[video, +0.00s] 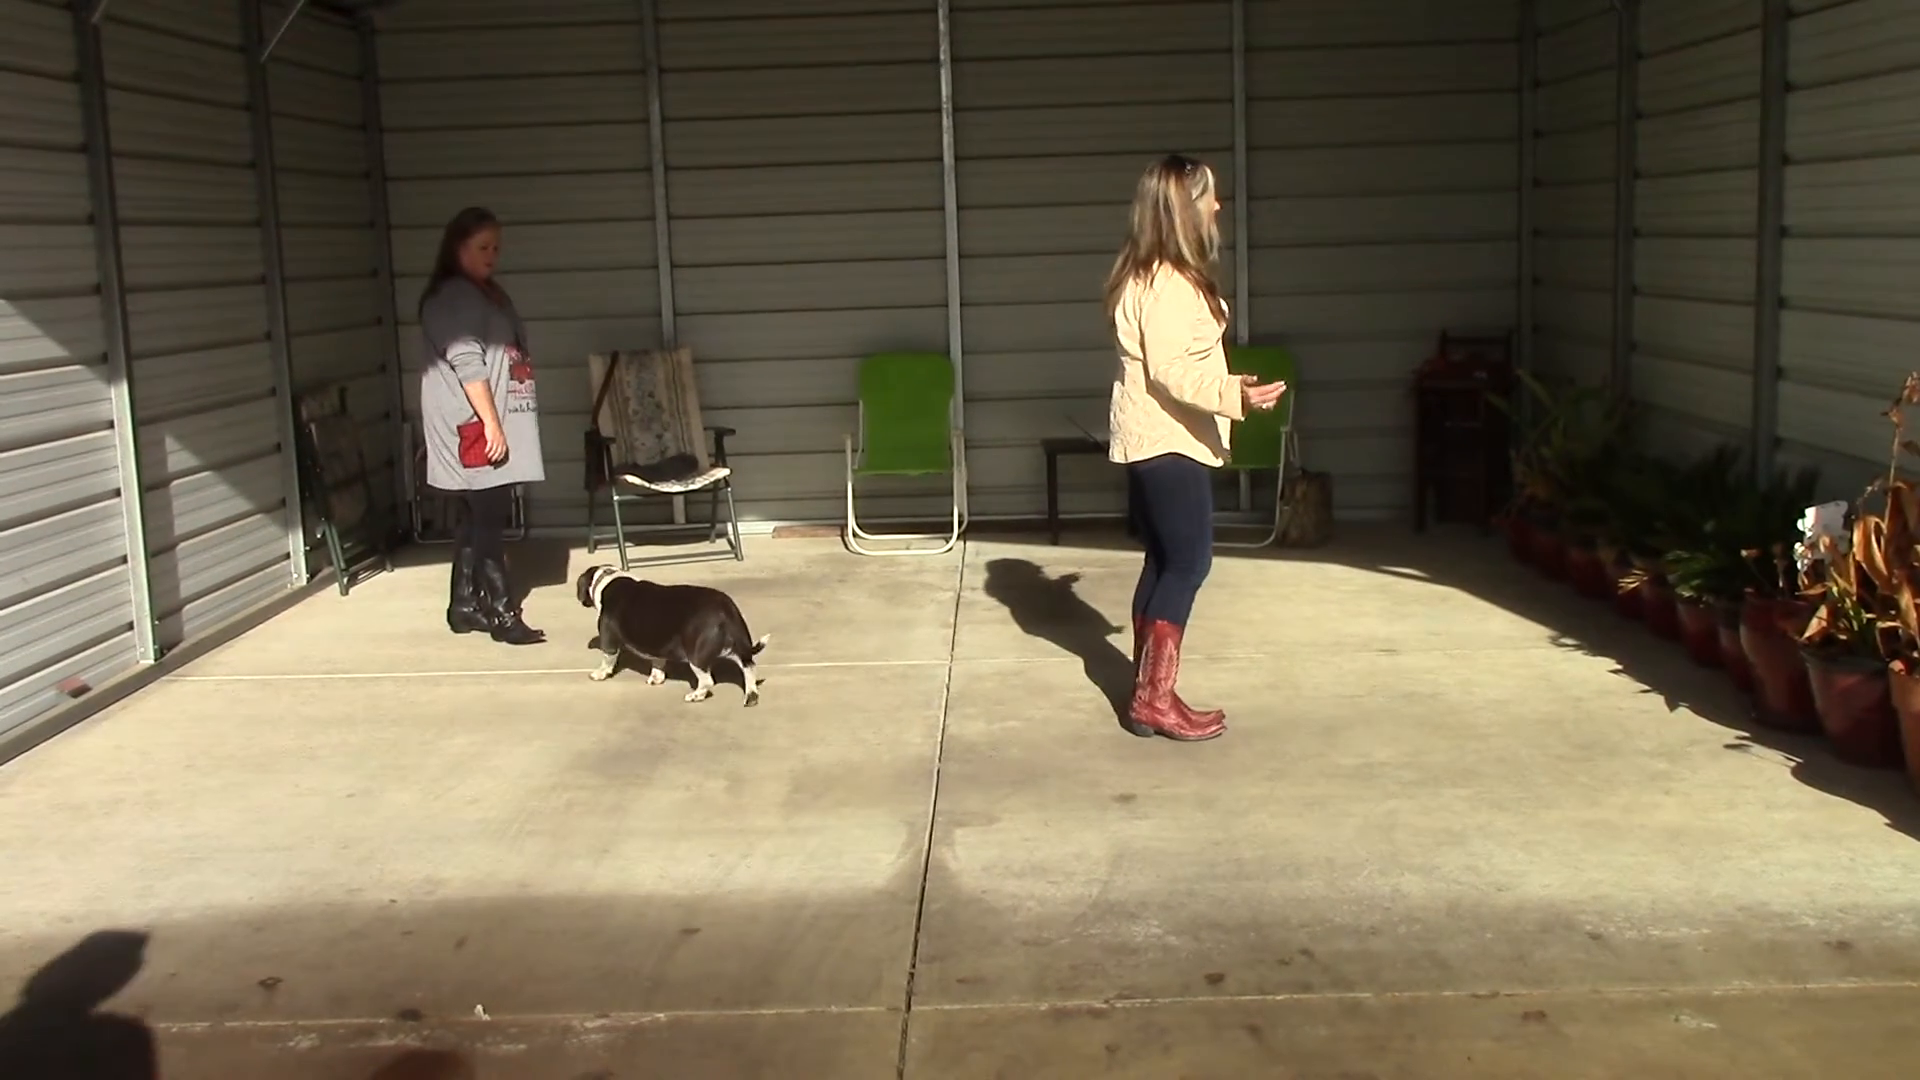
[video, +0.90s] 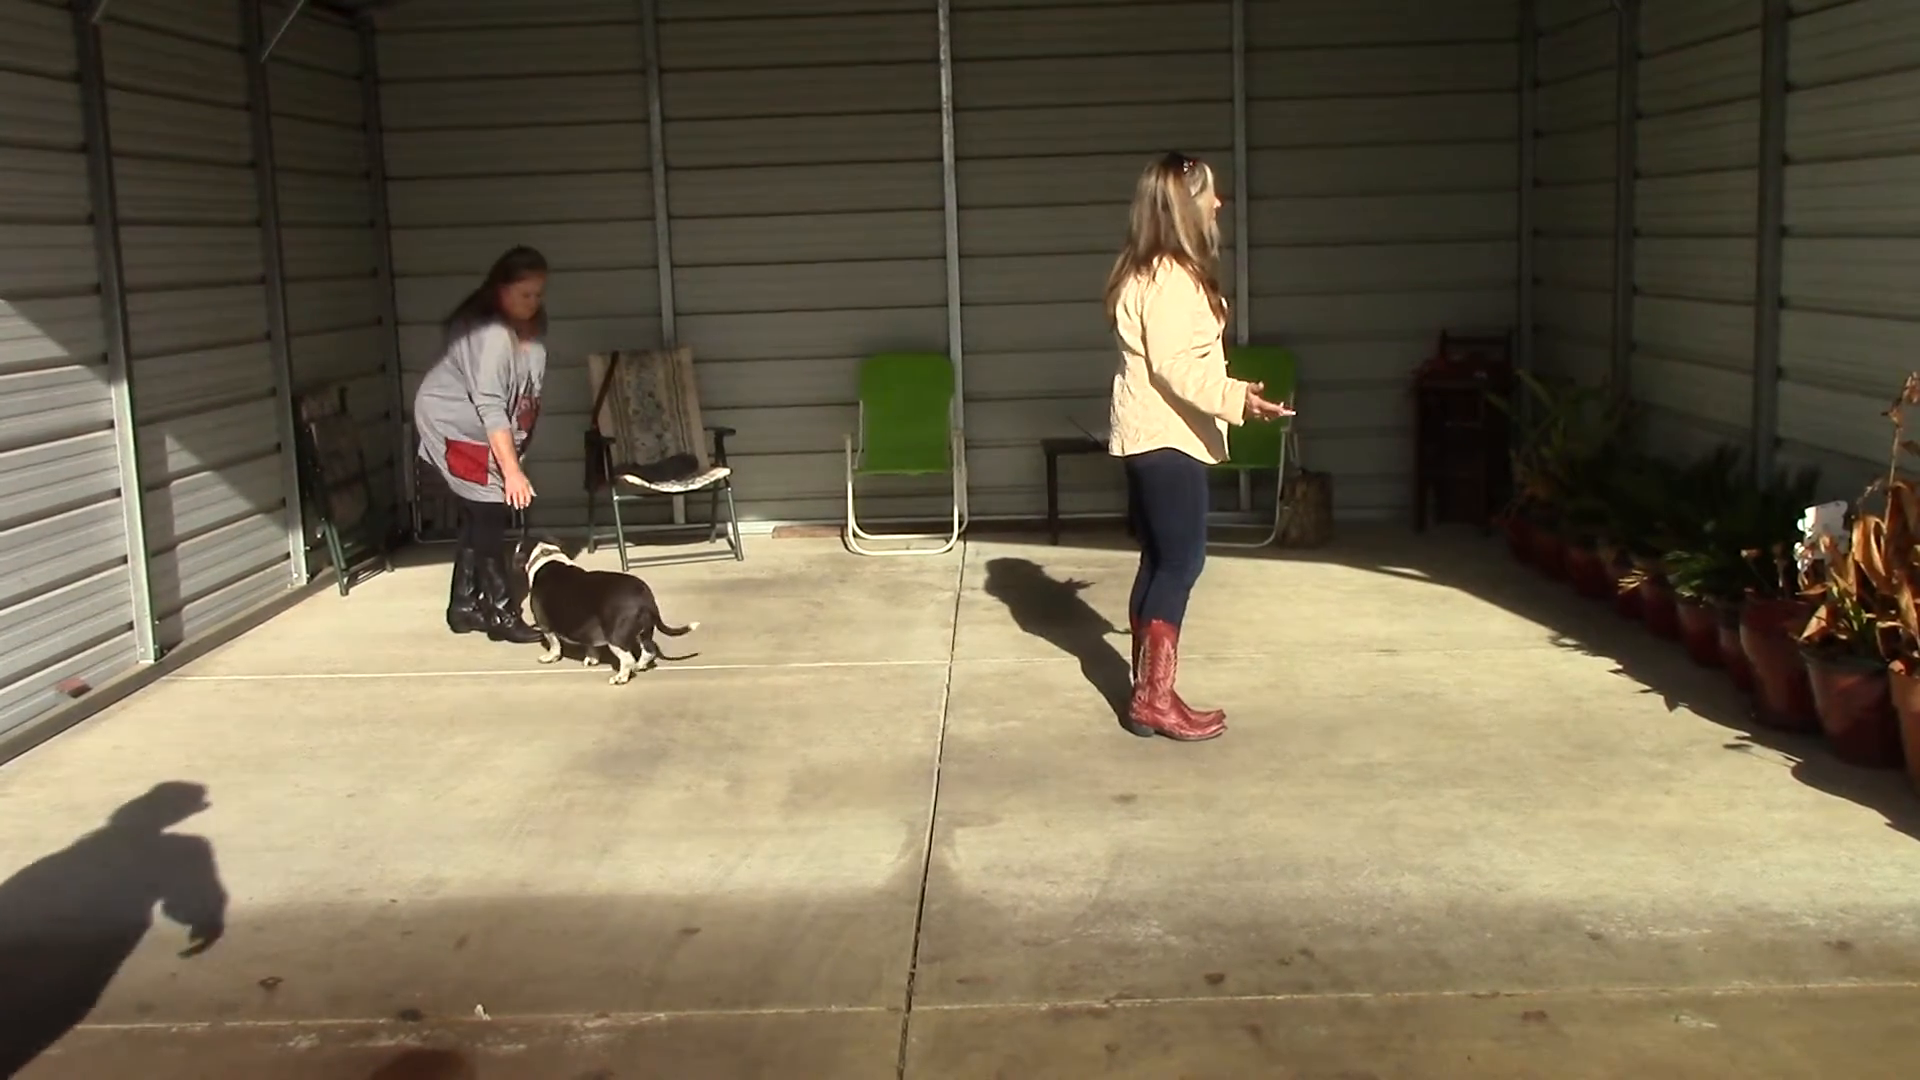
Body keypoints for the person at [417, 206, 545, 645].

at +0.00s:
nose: (492, 255)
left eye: (495, 247)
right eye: (483, 247)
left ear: (496, 249)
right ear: (458, 249)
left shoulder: (487, 294)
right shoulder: (451, 298)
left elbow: (495, 360)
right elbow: (467, 366)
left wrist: (508, 421)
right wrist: (491, 423)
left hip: (485, 420)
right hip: (469, 423)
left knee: (478, 510)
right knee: (490, 510)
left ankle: (464, 602)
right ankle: (500, 611)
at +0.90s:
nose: (534, 303)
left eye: (539, 295)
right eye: (526, 294)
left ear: (543, 293)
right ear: (501, 292)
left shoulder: (528, 330)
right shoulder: (489, 333)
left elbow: (524, 398)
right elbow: (490, 407)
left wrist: (512, 452)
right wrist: (512, 470)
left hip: (479, 422)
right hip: (447, 421)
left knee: (480, 509)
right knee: (490, 509)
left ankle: (464, 603)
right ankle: (499, 610)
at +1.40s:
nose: (564, 357)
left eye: (571, 350)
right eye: (558, 348)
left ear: (578, 344)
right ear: (538, 336)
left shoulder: (532, 362)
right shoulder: (520, 375)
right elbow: (511, 449)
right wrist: (529, 516)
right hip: (444, 420)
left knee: (483, 505)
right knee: (494, 508)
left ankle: (465, 605)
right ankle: (502, 611)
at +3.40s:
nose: (572, 333)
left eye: (577, 326)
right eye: (565, 324)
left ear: (584, 322)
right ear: (543, 316)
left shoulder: (535, 346)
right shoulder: (524, 359)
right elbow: (509, 433)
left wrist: (514, 484)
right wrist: (516, 497)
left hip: (464, 415)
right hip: (454, 420)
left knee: (482, 508)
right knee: (497, 510)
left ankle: (466, 603)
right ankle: (502, 611)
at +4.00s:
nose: (572, 300)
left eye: (576, 291)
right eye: (563, 291)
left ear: (580, 291)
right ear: (541, 290)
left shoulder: (566, 332)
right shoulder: (518, 336)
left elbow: (553, 393)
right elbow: (513, 407)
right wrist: (530, 464)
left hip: (515, 419)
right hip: (477, 419)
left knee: (516, 507)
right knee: (505, 509)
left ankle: (512, 605)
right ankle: (500, 611)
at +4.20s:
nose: (569, 272)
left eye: (572, 264)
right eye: (560, 264)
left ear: (577, 266)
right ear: (536, 268)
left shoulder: (568, 311)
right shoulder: (525, 324)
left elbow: (564, 378)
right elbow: (522, 395)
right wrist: (535, 451)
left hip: (547, 429)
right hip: (509, 432)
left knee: (549, 517)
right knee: (516, 521)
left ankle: (548, 603)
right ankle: (509, 608)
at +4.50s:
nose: (561, 249)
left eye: (564, 241)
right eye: (551, 242)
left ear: (568, 245)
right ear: (531, 248)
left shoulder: (572, 290)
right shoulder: (520, 298)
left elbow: (580, 351)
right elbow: (542, 364)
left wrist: (595, 394)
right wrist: (581, 415)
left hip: (559, 408)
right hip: (525, 413)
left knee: (556, 505)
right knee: (538, 510)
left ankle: (557, 592)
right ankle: (534, 597)